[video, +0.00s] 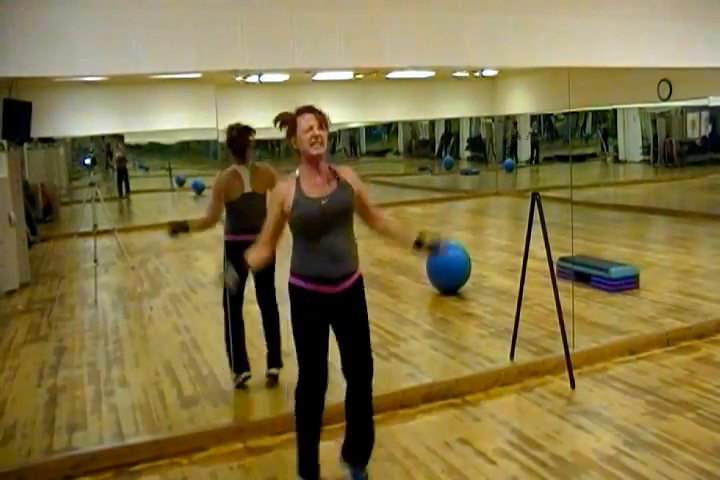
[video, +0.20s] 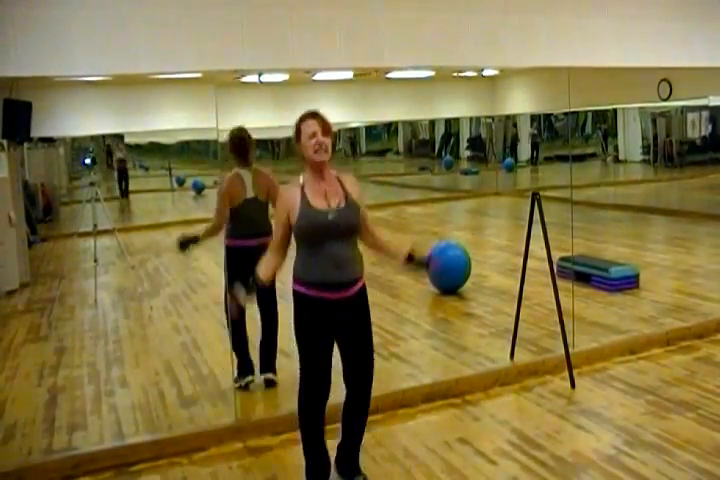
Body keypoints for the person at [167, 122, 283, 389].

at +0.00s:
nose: (248, 149)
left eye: (242, 144)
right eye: (249, 144)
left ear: (228, 147)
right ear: (250, 146)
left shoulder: (224, 179)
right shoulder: (267, 173)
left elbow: (212, 218)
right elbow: (282, 206)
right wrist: (273, 235)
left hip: (236, 247)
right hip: (264, 244)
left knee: (233, 307)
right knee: (268, 301)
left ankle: (240, 370)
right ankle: (274, 363)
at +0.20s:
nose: (235, 152)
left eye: (231, 148)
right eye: (243, 146)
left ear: (230, 151)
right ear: (252, 149)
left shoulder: (229, 182)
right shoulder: (266, 178)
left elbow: (219, 223)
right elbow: (283, 211)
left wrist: (196, 238)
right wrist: (280, 241)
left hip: (237, 249)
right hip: (264, 246)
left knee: (235, 307)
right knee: (268, 306)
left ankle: (245, 370)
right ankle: (269, 369)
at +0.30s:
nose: (243, 140)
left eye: (237, 135)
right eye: (248, 135)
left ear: (231, 139)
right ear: (254, 137)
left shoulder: (223, 171)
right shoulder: (270, 166)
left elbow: (212, 202)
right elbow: (289, 194)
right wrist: (268, 205)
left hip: (236, 239)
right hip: (265, 237)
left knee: (234, 301)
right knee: (273, 296)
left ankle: (237, 362)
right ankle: (278, 358)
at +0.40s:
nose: (251, 141)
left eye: (248, 136)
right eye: (250, 137)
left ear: (231, 142)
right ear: (253, 141)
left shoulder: (226, 169)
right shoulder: (266, 165)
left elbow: (190, 170)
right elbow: (299, 156)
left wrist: (178, 146)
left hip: (237, 238)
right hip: (265, 237)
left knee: (228, 302)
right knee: (281, 297)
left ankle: (226, 367)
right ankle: (295, 355)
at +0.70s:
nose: (233, 149)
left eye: (235, 143)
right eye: (237, 143)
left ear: (235, 145)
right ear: (255, 145)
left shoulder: (226, 173)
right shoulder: (268, 167)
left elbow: (190, 165)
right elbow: (301, 152)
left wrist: (182, 135)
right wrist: (304, 122)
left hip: (238, 245)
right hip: (266, 242)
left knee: (226, 307)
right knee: (284, 302)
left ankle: (219, 373)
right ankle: (304, 358)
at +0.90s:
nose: (243, 149)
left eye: (239, 145)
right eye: (249, 145)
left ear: (235, 148)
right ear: (256, 148)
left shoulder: (229, 181)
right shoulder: (270, 176)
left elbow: (217, 219)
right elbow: (286, 209)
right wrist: (275, 237)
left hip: (237, 247)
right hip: (265, 245)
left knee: (241, 308)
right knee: (267, 305)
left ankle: (249, 372)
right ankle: (271, 367)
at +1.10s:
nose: (242, 149)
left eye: (238, 144)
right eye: (248, 144)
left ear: (234, 148)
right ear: (256, 147)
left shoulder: (230, 181)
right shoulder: (269, 177)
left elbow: (221, 222)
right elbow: (284, 212)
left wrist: (197, 233)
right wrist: (279, 238)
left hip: (237, 248)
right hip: (264, 245)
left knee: (239, 311)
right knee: (268, 306)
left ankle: (248, 374)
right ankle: (270, 368)